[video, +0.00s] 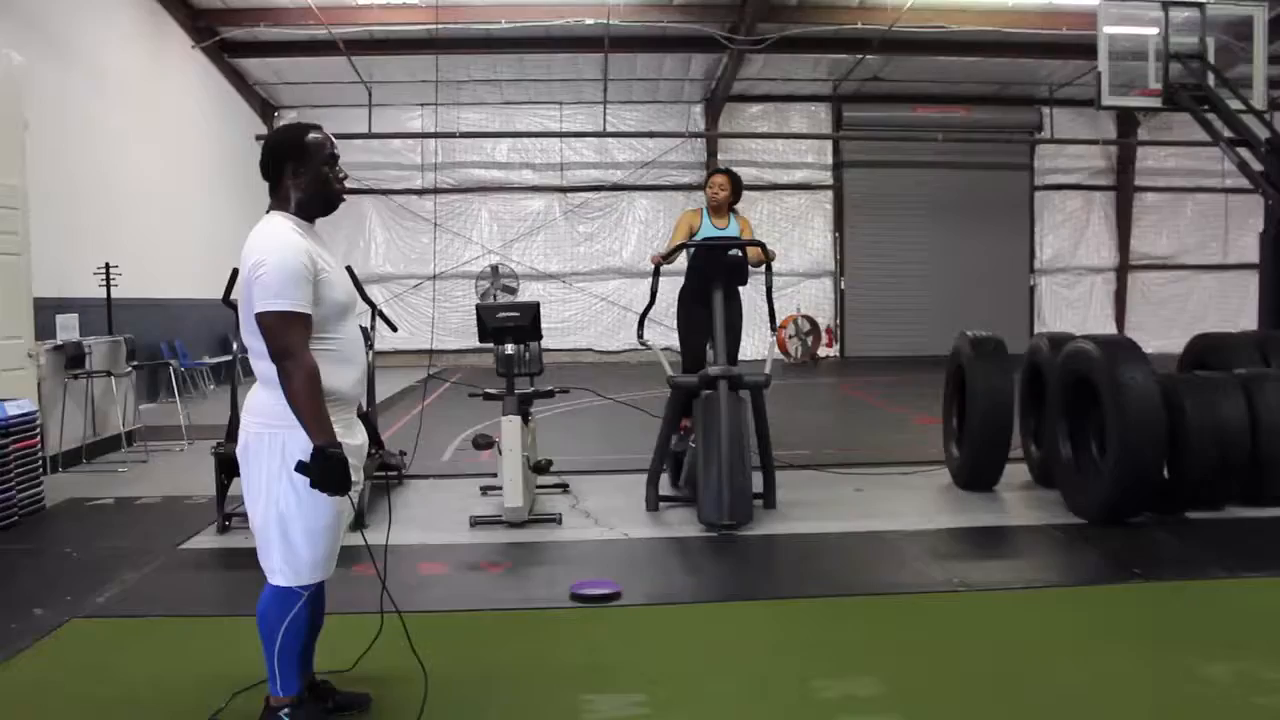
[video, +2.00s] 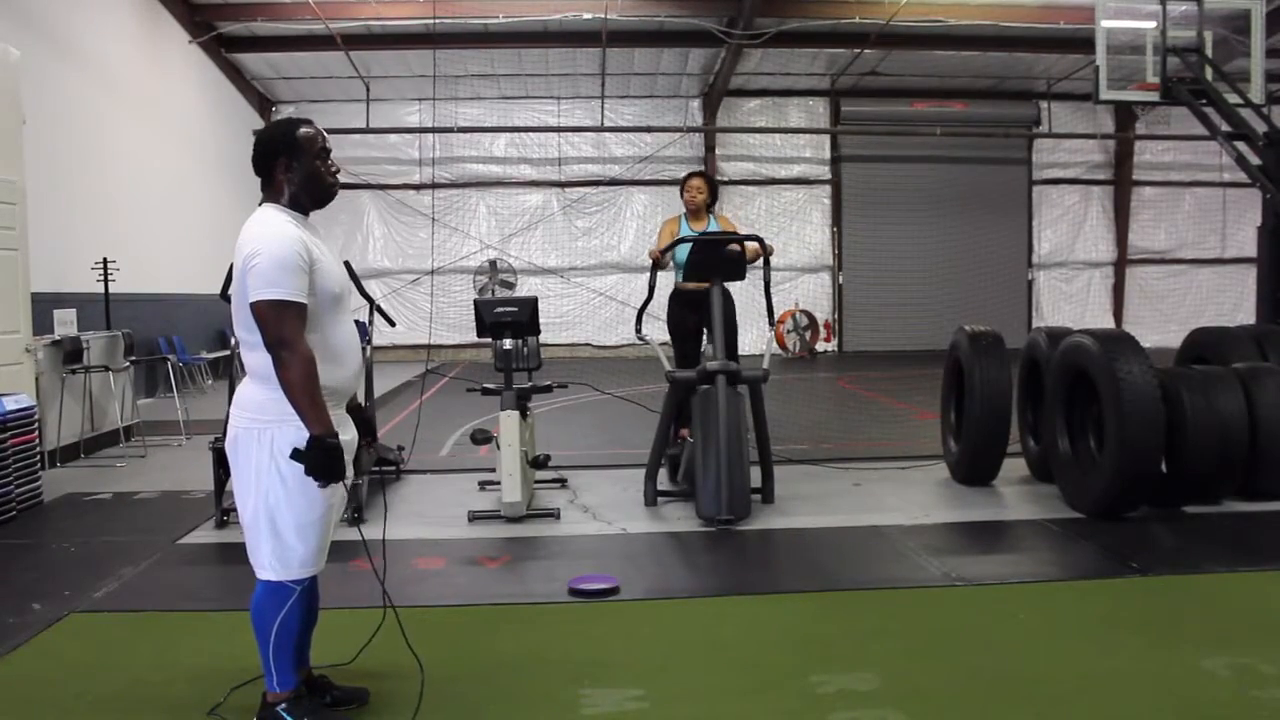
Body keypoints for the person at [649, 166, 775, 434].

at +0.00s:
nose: (714, 192)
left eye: (721, 188)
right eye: (711, 186)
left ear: (732, 195)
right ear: (705, 190)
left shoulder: (741, 223)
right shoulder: (692, 217)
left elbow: (752, 258)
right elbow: (675, 247)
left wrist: (765, 255)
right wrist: (664, 256)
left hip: (728, 296)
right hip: (695, 296)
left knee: (728, 361)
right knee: (693, 363)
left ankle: (726, 420)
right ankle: (686, 421)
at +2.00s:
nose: (692, 196)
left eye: (698, 191)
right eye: (687, 191)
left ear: (710, 197)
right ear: (681, 195)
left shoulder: (723, 224)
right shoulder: (673, 225)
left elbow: (740, 255)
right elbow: (663, 261)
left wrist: (758, 251)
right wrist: (657, 258)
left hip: (717, 298)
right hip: (684, 300)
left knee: (728, 359)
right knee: (686, 366)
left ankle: (730, 420)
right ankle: (683, 427)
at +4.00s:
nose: (684, 191)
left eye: (691, 187)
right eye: (681, 186)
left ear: (705, 193)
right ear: (677, 190)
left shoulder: (719, 220)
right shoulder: (668, 221)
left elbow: (740, 249)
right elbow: (664, 250)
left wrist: (758, 250)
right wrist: (657, 255)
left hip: (716, 296)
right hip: (683, 298)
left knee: (727, 358)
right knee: (686, 364)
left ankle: (728, 422)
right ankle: (683, 427)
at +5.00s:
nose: (693, 187)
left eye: (699, 182)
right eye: (688, 182)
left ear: (708, 188)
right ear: (680, 187)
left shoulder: (722, 217)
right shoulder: (672, 218)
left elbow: (731, 250)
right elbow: (662, 252)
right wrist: (657, 255)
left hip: (716, 293)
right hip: (683, 294)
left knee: (722, 360)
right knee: (686, 360)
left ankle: (721, 419)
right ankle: (682, 421)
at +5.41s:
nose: (706, 188)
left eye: (710, 184)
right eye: (699, 184)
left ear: (717, 189)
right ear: (688, 191)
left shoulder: (724, 220)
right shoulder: (676, 221)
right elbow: (662, 257)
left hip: (718, 294)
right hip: (685, 293)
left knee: (718, 359)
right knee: (687, 360)